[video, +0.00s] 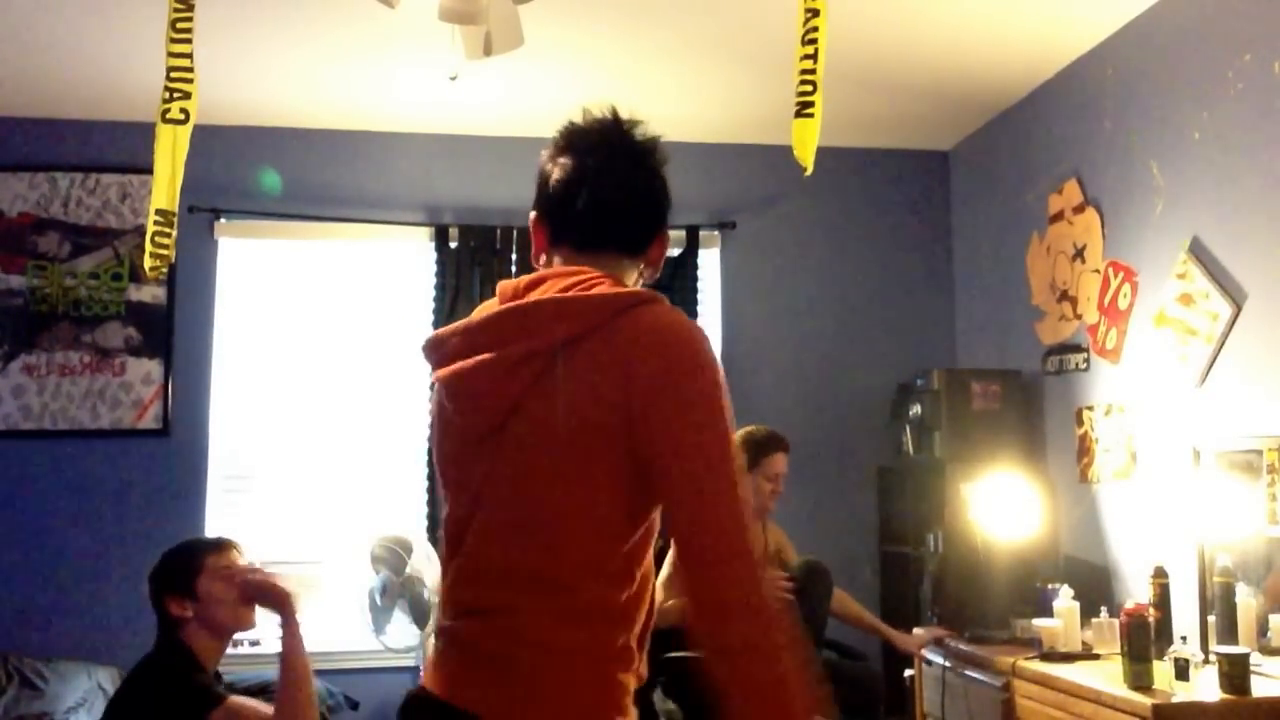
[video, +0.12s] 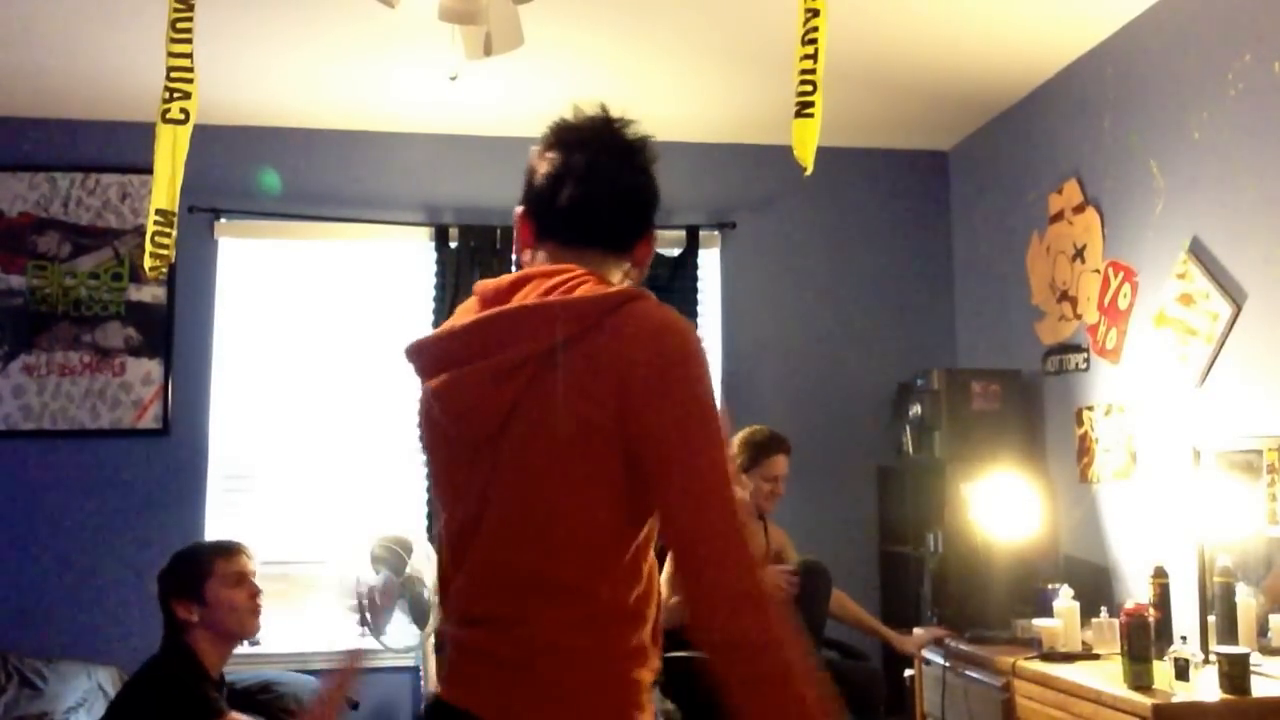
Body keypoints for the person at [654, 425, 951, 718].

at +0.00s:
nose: (778, 490)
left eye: (781, 480)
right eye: (770, 479)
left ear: (780, 480)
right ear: (739, 476)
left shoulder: (768, 535)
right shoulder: (703, 533)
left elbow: (825, 594)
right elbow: (661, 612)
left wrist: (895, 636)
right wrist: (748, 591)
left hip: (761, 643)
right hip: (718, 654)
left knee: (814, 575)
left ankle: (790, 685)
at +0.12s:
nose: (779, 491)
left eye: (783, 481)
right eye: (769, 480)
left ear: (785, 480)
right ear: (737, 475)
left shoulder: (773, 537)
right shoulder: (705, 530)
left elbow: (825, 597)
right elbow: (668, 613)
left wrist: (896, 638)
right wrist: (753, 583)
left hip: (761, 644)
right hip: (710, 649)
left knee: (815, 575)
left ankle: (797, 680)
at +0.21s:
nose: (777, 491)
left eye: (781, 482)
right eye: (768, 481)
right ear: (736, 474)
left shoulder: (769, 531)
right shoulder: (705, 522)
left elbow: (822, 593)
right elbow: (702, 609)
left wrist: (895, 638)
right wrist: (753, 581)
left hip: (766, 640)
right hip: (726, 650)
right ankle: (788, 708)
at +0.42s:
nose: (775, 490)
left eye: (780, 481)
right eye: (766, 480)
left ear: (784, 479)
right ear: (734, 473)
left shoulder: (771, 529)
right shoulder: (705, 521)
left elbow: (820, 591)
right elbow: (703, 610)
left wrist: (896, 639)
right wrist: (758, 578)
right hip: (723, 655)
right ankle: (786, 706)